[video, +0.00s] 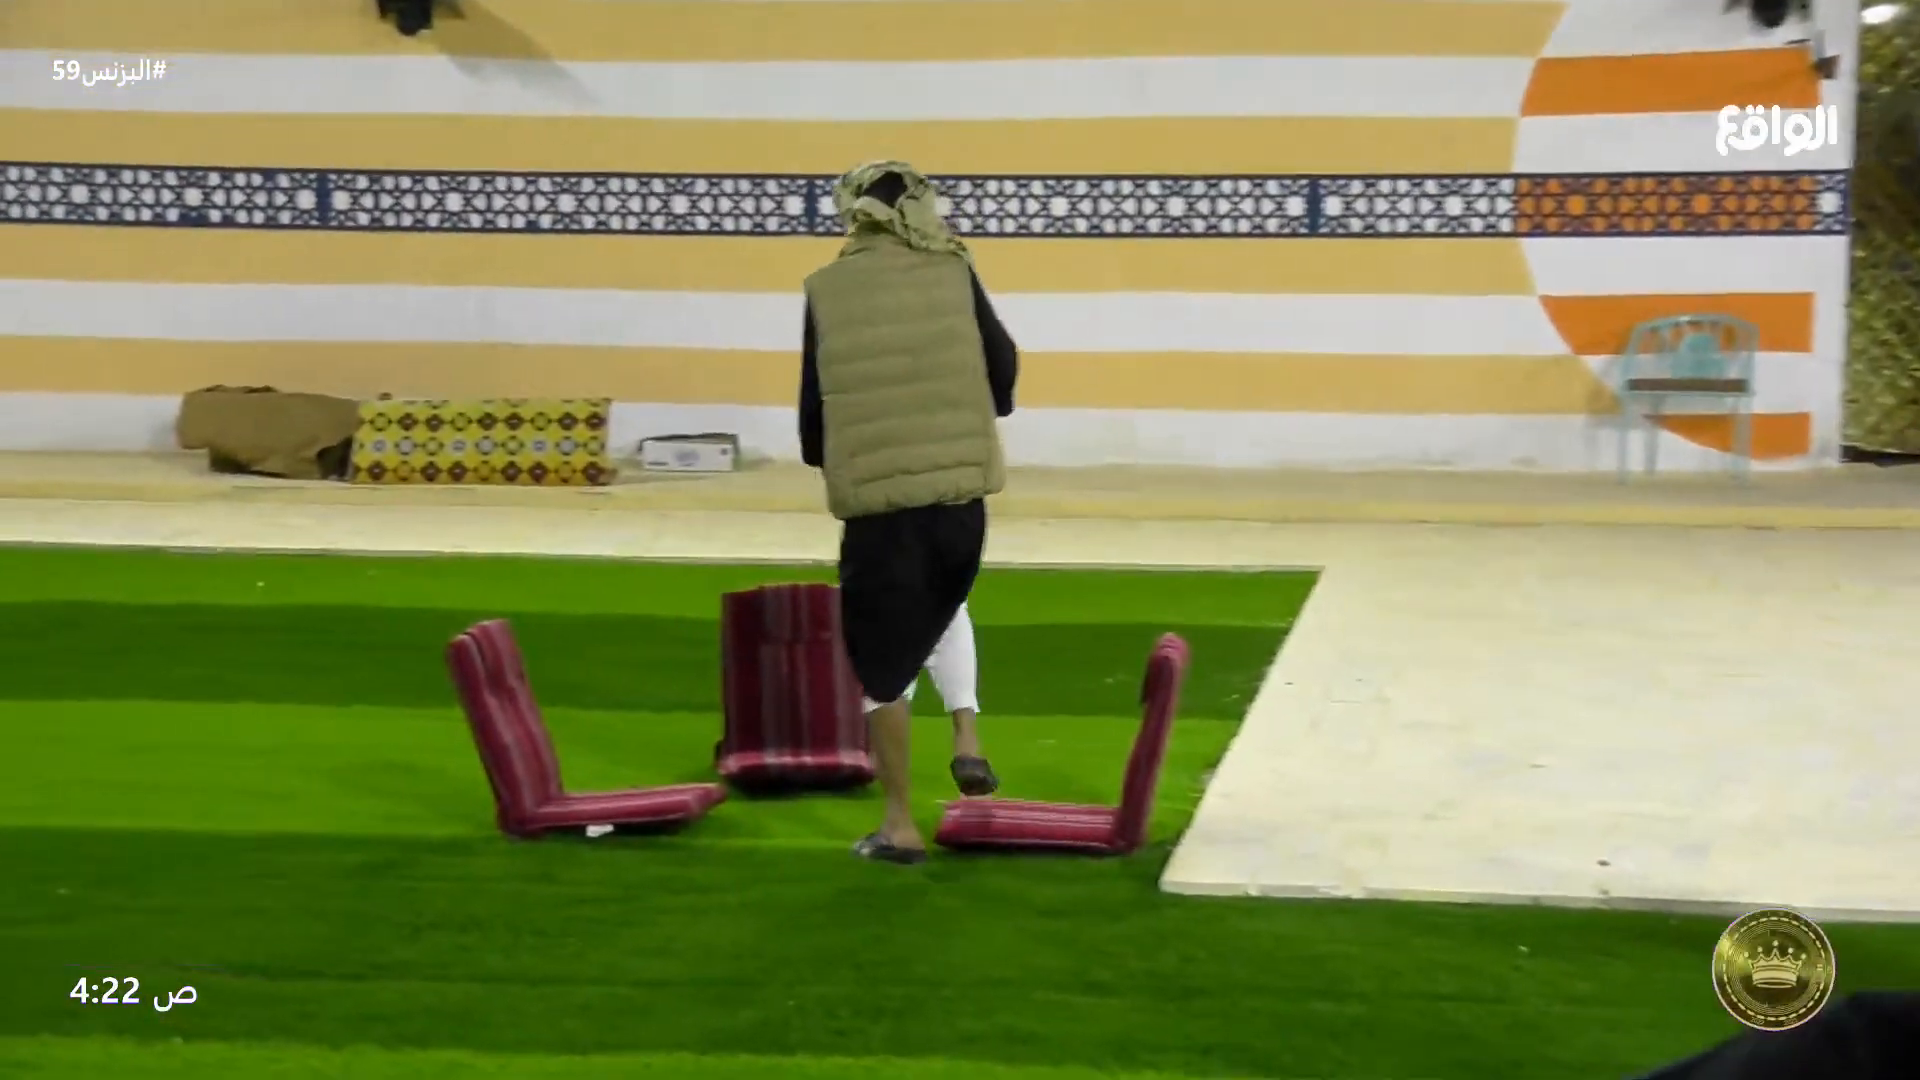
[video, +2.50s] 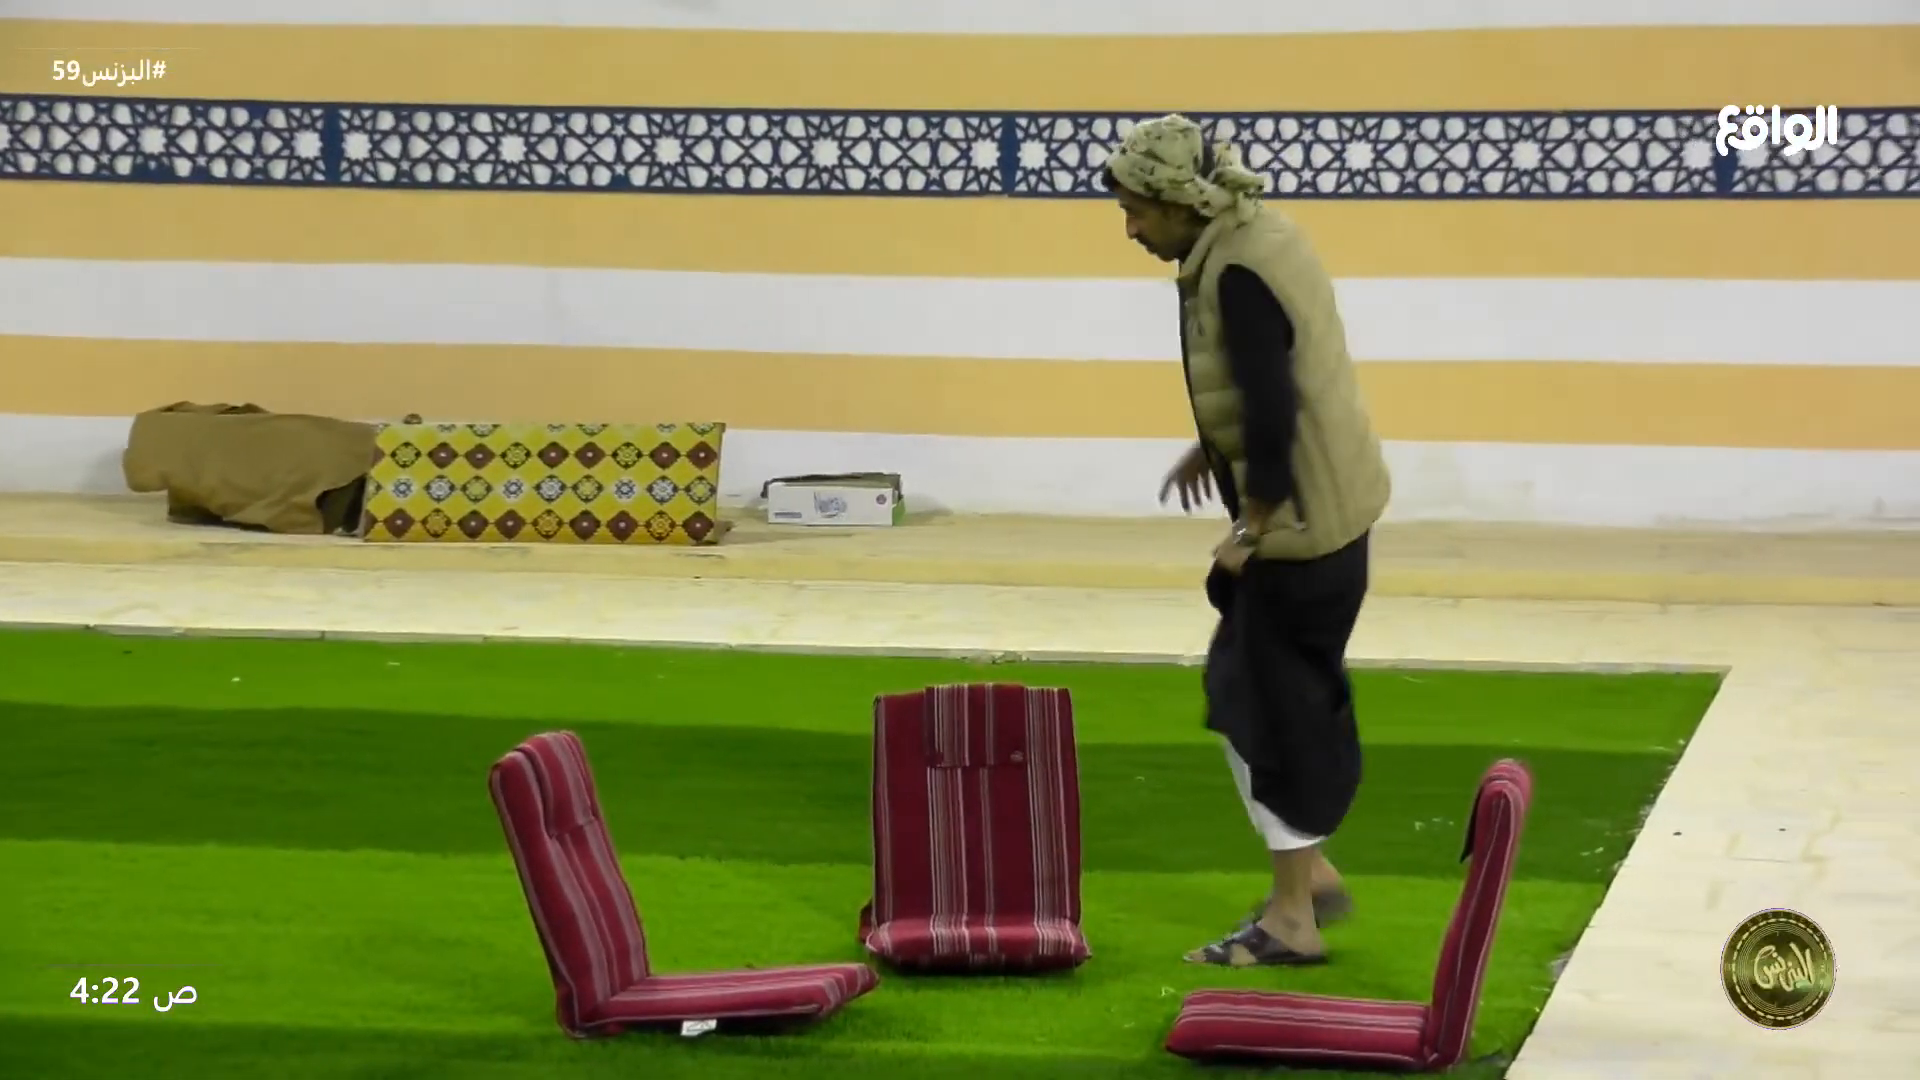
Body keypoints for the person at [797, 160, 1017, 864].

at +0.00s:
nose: (843, 224)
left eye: (846, 213)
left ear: (854, 219)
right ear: (920, 209)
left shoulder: (828, 287)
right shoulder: (954, 270)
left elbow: (815, 410)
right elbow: (1001, 358)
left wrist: (831, 458)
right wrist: (980, 411)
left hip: (877, 511)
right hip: (960, 505)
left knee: (885, 671)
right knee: (947, 602)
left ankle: (899, 826)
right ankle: (968, 742)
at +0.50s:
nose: (997, 264)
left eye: (1005, 248)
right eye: (994, 249)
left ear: (1045, 245)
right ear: (1052, 248)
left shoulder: (1073, 307)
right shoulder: (1094, 298)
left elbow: (1071, 415)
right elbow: (1149, 395)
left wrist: (1060, 491)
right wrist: (1087, 483)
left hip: (1109, 523)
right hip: (1140, 517)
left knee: (1031, 665)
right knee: (1075, 675)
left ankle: (1105, 825)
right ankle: (1104, 831)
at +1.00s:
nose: (1207, 227)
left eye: (1222, 215)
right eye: (1207, 213)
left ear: (1267, 226)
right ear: (1220, 224)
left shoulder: (1310, 311)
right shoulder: (1199, 303)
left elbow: (1299, 442)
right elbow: (1202, 415)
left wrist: (1247, 541)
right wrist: (1168, 474)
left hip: (1290, 556)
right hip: (1204, 547)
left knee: (1309, 720)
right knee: (1184, 711)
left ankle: (1345, 881)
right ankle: (1196, 899)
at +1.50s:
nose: (1319, 187)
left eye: (1335, 171)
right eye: (1313, 172)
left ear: (1386, 175)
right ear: (1313, 176)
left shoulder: (1443, 275)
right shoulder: (1294, 265)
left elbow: (1456, 421)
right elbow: (1210, 349)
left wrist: (1402, 531)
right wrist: (1115, 429)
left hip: (1400, 547)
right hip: (1300, 542)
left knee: (1396, 738)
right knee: (1290, 719)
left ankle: (1398, 928)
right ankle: (1359, 880)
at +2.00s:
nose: (1201, 204)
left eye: (1212, 185)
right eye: (1194, 188)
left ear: (1267, 174)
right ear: (1219, 186)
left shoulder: (1363, 229)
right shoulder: (1234, 273)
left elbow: (1429, 361)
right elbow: (1248, 407)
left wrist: (1380, 477)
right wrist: (1241, 534)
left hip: (1396, 501)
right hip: (1314, 516)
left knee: (1350, 678)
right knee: (1338, 696)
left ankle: (1390, 897)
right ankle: (1378, 904)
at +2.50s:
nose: (1130, 230)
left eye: (1134, 213)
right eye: (1126, 215)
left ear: (1177, 198)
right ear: (1187, 196)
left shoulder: (1236, 271)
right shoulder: (1253, 239)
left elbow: (1272, 402)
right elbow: (1265, 374)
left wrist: (1252, 523)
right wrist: (1215, 443)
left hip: (1304, 534)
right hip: (1312, 515)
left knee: (1267, 706)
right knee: (1239, 686)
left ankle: (1292, 917)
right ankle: (1310, 873)